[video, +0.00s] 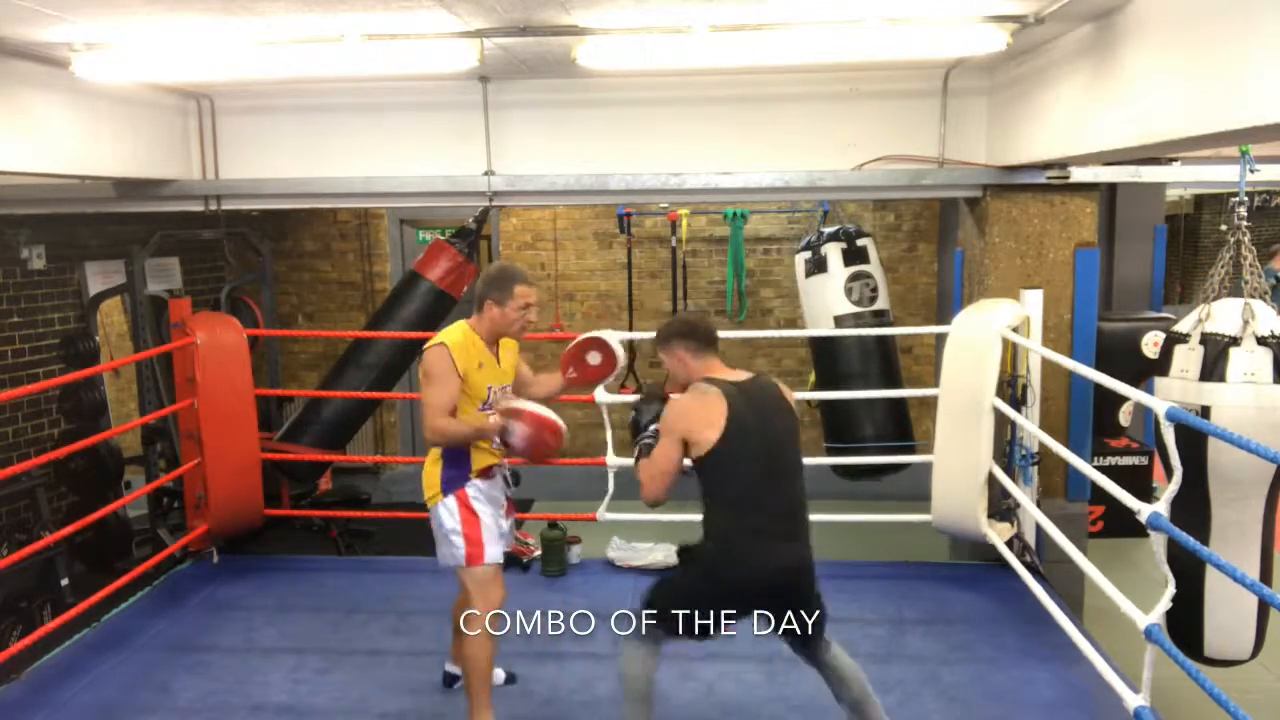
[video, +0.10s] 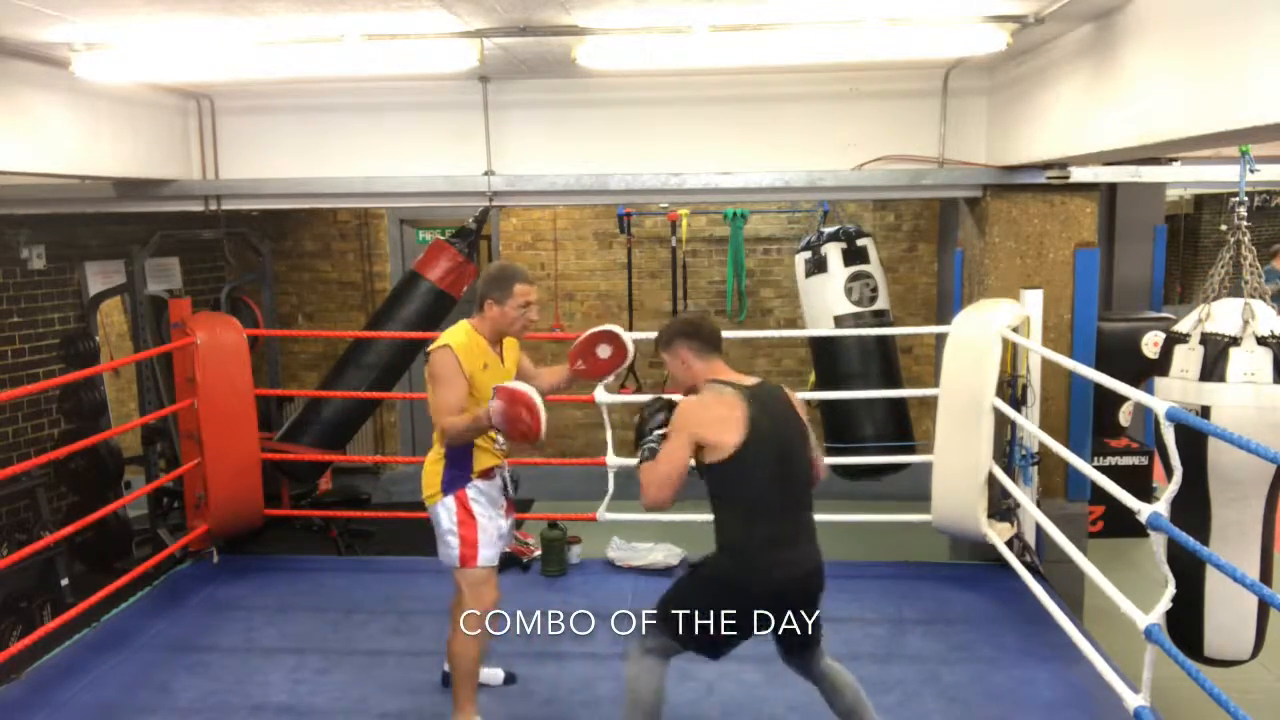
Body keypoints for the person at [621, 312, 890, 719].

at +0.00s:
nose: (668, 375)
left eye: (666, 364)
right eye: (664, 365)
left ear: (682, 355)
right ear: (711, 349)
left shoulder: (685, 407)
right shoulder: (778, 393)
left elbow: (652, 492)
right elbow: (759, 458)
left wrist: (648, 432)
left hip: (727, 570)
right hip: (790, 567)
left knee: (641, 636)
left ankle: (635, 716)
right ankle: (877, 716)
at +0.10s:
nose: (669, 378)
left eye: (668, 366)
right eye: (666, 367)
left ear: (685, 356)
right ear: (714, 350)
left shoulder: (696, 410)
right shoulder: (785, 396)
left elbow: (655, 496)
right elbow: (814, 471)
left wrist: (649, 437)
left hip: (740, 575)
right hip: (802, 570)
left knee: (649, 651)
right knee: (811, 660)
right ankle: (870, 716)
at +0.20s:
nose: (667, 368)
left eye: (666, 356)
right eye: (664, 358)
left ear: (688, 349)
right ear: (700, 346)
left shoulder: (731, 394)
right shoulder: (763, 387)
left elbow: (713, 484)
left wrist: (679, 445)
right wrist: (684, 430)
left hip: (758, 567)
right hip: (804, 561)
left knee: (649, 648)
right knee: (802, 657)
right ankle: (868, 718)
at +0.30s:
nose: (683, 360)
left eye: (681, 349)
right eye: (679, 351)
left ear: (698, 334)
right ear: (716, 331)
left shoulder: (733, 375)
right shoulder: (767, 367)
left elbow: (715, 462)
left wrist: (661, 445)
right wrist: (679, 407)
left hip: (752, 560)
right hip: (804, 557)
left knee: (656, 650)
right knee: (813, 653)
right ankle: (873, 716)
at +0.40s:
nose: (695, 340)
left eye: (695, 330)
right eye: (694, 331)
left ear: (711, 325)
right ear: (747, 321)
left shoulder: (709, 366)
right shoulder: (805, 364)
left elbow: (640, 428)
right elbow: (845, 409)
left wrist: (605, 395)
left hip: (731, 557)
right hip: (800, 557)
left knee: (658, 650)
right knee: (840, 649)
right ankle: (885, 716)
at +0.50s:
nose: (698, 343)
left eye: (699, 335)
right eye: (699, 335)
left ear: (712, 332)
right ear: (751, 329)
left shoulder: (698, 369)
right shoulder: (807, 377)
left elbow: (605, 400)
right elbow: (842, 445)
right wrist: (789, 419)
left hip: (723, 565)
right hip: (797, 566)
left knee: (658, 650)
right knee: (843, 651)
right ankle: (890, 718)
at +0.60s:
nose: (662, 374)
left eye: (661, 364)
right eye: (659, 366)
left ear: (682, 353)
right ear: (711, 348)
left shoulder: (687, 391)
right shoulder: (770, 389)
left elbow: (619, 455)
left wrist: (596, 422)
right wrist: (631, 421)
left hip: (723, 574)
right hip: (793, 573)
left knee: (637, 649)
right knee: (836, 656)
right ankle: (884, 717)